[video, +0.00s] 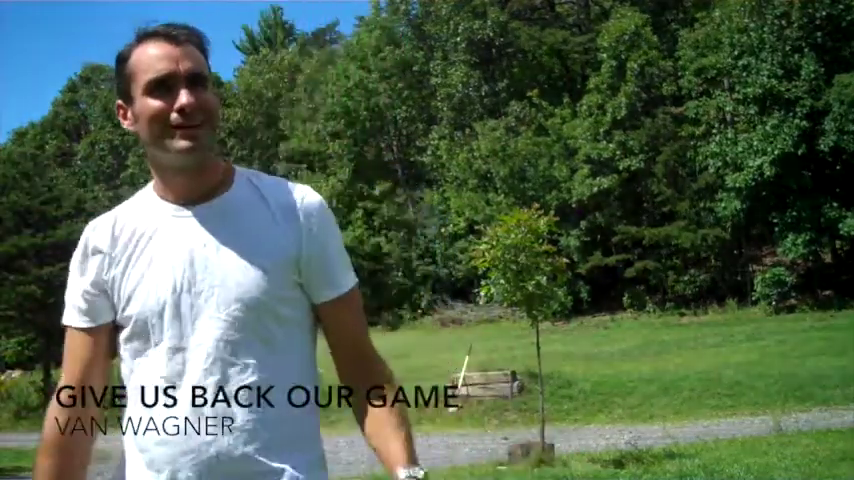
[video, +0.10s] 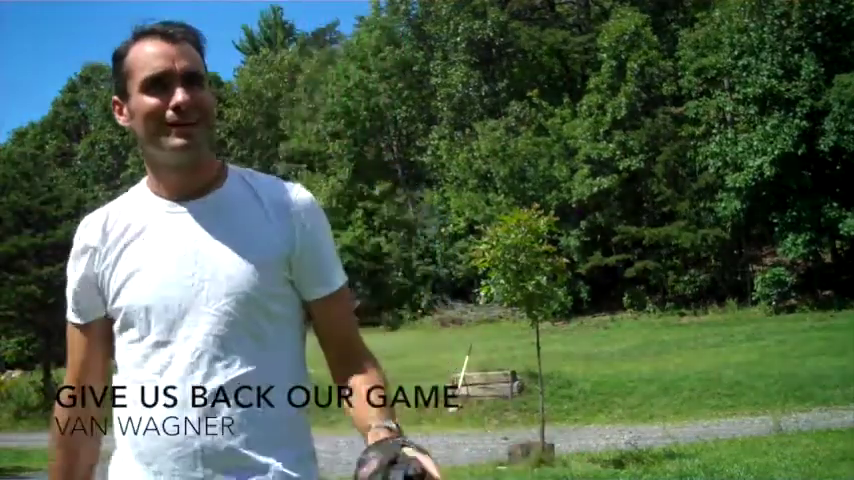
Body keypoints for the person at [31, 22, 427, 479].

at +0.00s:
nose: (186, 100)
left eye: (198, 83)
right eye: (162, 88)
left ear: (217, 99)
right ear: (127, 115)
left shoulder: (299, 214)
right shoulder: (106, 242)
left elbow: (363, 370)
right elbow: (74, 407)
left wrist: (407, 470)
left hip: (284, 469)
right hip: (159, 471)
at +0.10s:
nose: (181, 99)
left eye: (193, 82)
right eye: (158, 86)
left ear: (214, 98)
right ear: (123, 111)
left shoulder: (289, 211)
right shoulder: (99, 236)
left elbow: (351, 359)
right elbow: (81, 403)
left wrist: (385, 437)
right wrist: (64, 479)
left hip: (270, 470)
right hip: (145, 470)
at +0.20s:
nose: (181, 101)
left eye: (193, 84)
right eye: (158, 87)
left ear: (210, 98)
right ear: (121, 110)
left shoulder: (286, 212)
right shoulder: (99, 234)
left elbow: (340, 347)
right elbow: (90, 384)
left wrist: (360, 390)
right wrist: (79, 473)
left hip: (263, 470)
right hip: (138, 471)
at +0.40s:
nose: (182, 103)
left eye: (194, 86)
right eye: (161, 89)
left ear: (211, 99)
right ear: (125, 112)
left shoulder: (283, 211)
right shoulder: (102, 232)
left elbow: (352, 382)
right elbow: (99, 363)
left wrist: (324, 294)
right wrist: (83, 470)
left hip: (260, 469)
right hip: (133, 469)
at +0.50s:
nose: (188, 104)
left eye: (199, 87)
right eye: (166, 90)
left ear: (215, 101)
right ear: (129, 114)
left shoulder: (274, 214)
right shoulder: (104, 233)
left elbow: (355, 379)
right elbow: (98, 379)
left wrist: (327, 304)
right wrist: (78, 472)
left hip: (258, 469)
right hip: (135, 470)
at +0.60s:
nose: (193, 104)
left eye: (204, 88)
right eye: (171, 90)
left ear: (220, 105)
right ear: (134, 115)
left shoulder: (273, 218)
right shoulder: (107, 234)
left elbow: (357, 379)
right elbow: (95, 388)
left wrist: (320, 280)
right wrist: (68, 474)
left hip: (259, 469)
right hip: (137, 470)